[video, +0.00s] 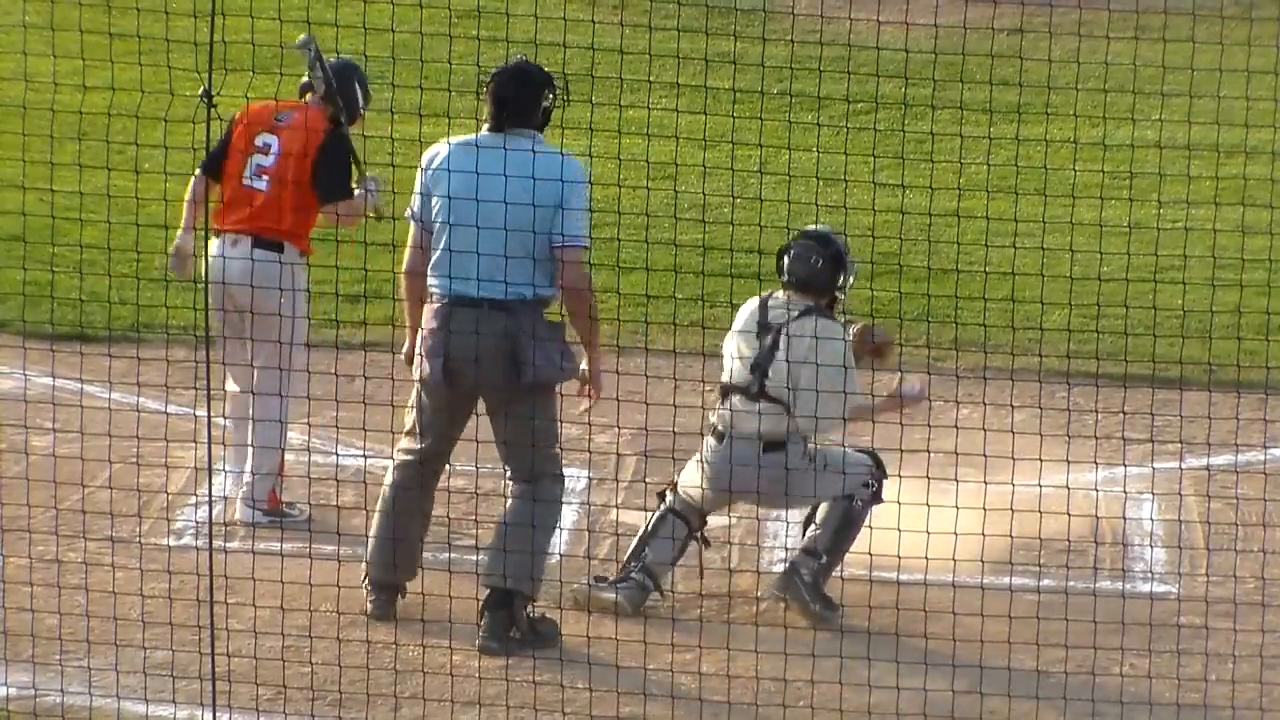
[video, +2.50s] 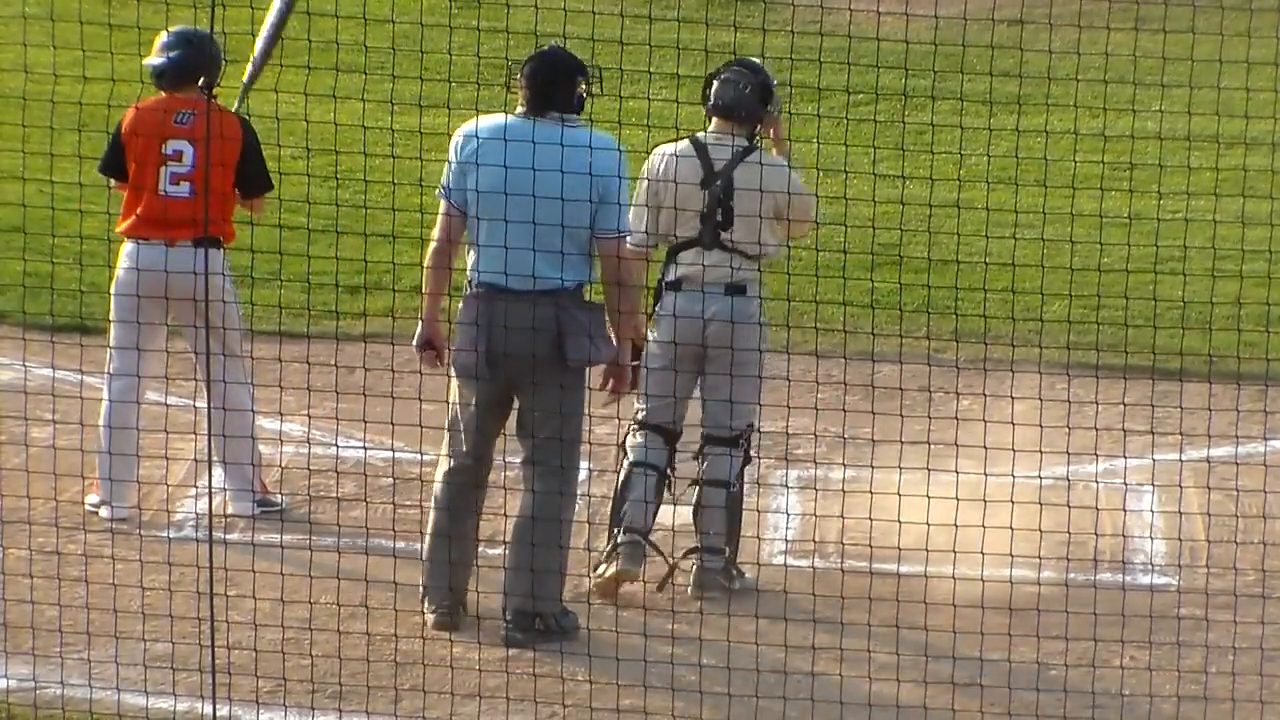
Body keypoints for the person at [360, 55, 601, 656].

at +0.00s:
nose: (550, 115)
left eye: (543, 106)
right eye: (548, 107)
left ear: (490, 107)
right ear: (543, 112)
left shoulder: (440, 158)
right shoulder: (564, 170)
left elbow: (415, 265)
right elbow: (573, 280)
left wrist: (412, 332)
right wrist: (592, 352)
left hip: (446, 333)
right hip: (519, 338)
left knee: (419, 455)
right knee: (538, 478)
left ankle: (382, 587)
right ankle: (503, 611)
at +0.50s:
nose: (542, 93)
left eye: (538, 84)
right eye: (541, 85)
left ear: (481, 86)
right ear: (534, 90)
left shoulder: (433, 136)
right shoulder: (560, 148)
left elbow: (412, 243)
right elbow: (575, 258)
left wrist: (420, 316)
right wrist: (600, 335)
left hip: (440, 317)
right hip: (515, 323)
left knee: (429, 452)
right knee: (524, 463)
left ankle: (403, 603)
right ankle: (504, 604)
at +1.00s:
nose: (485, 95)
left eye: (434, 83)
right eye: (488, 86)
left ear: (431, 88)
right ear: (488, 91)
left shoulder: (390, 143)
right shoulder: (520, 147)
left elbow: (369, 251)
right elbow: (532, 255)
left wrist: (358, 329)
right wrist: (519, 315)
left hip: (407, 321)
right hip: (482, 325)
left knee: (403, 471)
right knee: (504, 469)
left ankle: (401, 613)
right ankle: (506, 608)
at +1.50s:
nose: (498, 97)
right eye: (499, 89)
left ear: (438, 88)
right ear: (495, 92)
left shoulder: (394, 141)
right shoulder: (523, 146)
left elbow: (368, 250)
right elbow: (539, 254)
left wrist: (358, 329)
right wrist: (542, 332)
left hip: (414, 323)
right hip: (492, 325)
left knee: (406, 470)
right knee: (521, 467)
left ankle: (402, 613)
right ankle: (525, 607)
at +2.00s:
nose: (574, 101)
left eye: (569, 94)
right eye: (572, 94)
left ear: (512, 95)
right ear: (565, 98)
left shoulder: (462, 141)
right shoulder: (591, 150)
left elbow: (439, 252)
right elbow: (606, 255)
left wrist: (443, 318)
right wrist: (610, 336)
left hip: (477, 321)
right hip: (553, 327)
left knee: (448, 446)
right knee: (550, 472)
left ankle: (417, 580)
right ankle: (531, 611)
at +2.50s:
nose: (583, 101)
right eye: (583, 94)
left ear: (521, 92)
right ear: (578, 97)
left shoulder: (475, 138)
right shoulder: (602, 152)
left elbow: (443, 241)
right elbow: (616, 260)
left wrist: (431, 318)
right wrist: (626, 345)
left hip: (484, 320)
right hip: (561, 328)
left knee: (463, 458)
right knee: (552, 467)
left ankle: (443, 597)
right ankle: (531, 611)